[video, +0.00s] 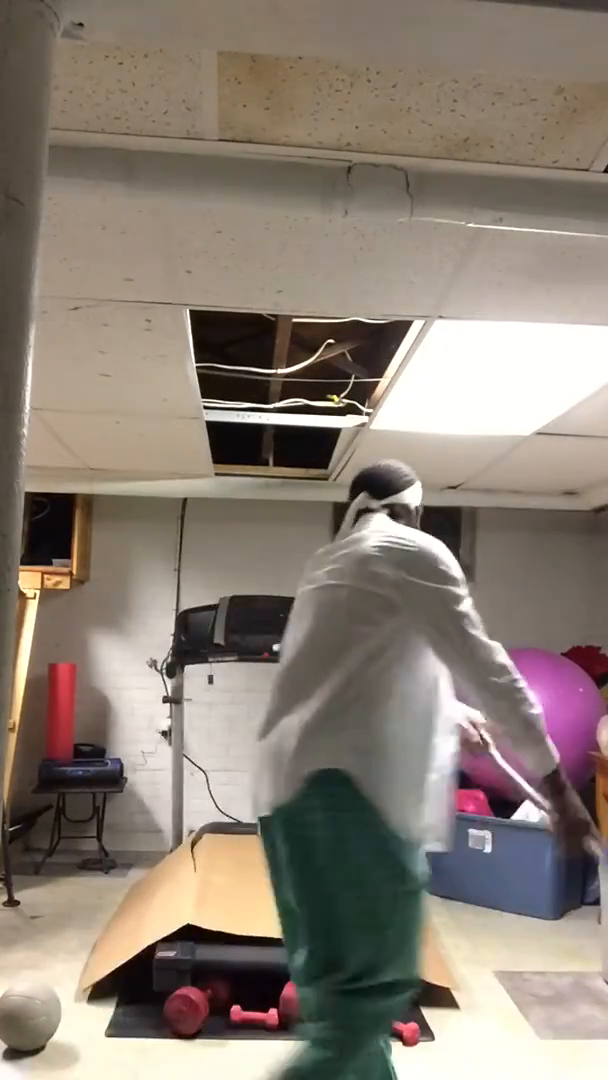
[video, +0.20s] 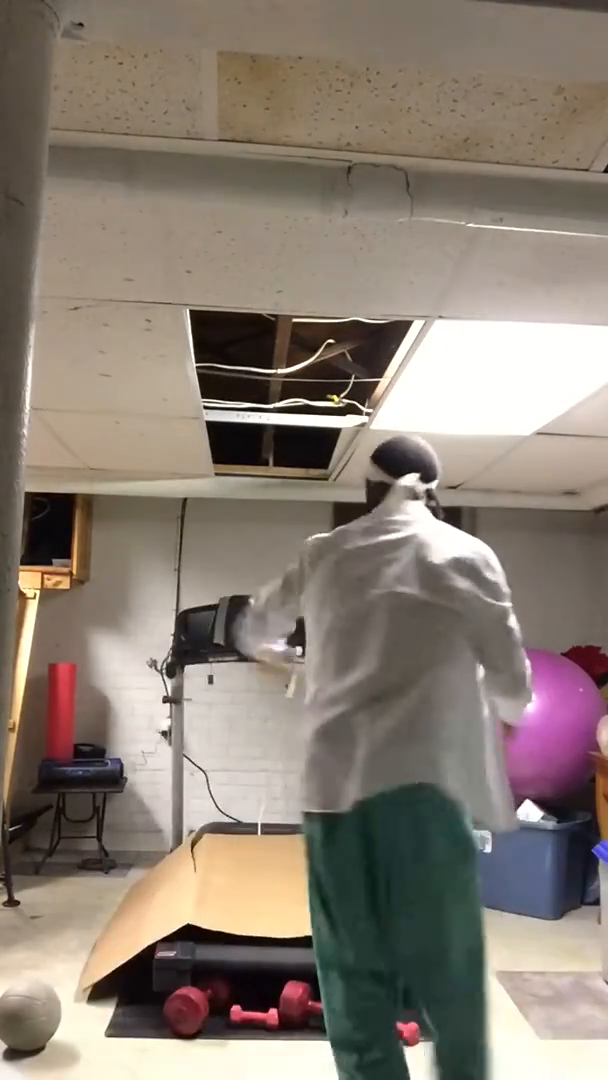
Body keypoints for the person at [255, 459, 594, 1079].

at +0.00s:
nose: (421, 521)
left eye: (419, 513)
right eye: (419, 512)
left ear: (355, 509)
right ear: (410, 509)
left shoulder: (327, 562)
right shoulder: (412, 551)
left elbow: (362, 675)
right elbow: (490, 673)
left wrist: (453, 717)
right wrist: (559, 792)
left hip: (287, 786)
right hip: (348, 781)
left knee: (332, 983)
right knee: (374, 987)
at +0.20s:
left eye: (373, 484)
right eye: (435, 487)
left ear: (372, 487)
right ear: (432, 490)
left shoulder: (323, 552)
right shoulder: (464, 553)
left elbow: (256, 625)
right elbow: (512, 680)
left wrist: (282, 654)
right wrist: (504, 707)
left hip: (330, 780)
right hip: (423, 775)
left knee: (350, 972)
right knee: (448, 965)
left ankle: (371, 1075)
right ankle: (462, 1070)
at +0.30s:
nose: (361, 494)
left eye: (366, 483)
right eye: (367, 483)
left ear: (376, 487)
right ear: (434, 491)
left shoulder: (327, 551)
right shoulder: (483, 560)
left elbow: (235, 589)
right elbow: (519, 682)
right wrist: (469, 697)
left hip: (351, 793)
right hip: (448, 787)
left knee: (358, 971)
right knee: (470, 958)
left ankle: (372, 1071)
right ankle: (494, 1068)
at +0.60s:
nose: (376, 491)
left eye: (388, 479)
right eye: (380, 478)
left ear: (426, 488)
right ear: (448, 494)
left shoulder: (397, 545)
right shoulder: (494, 568)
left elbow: (306, 560)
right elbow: (507, 670)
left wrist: (207, 568)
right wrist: (462, 710)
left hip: (400, 765)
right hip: (476, 766)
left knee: (390, 926)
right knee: (470, 921)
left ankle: (400, 1066)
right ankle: (459, 1060)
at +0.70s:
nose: (388, 489)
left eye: (402, 478)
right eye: (389, 477)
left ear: (438, 488)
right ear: (447, 496)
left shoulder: (421, 544)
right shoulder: (479, 563)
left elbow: (357, 567)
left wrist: (278, 578)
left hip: (415, 762)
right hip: (468, 762)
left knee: (409, 929)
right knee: (460, 922)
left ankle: (438, 1067)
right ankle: (459, 1061)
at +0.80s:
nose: (399, 490)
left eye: (413, 480)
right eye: (397, 480)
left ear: (449, 489)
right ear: (403, 487)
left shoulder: (440, 542)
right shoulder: (444, 547)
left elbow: (427, 582)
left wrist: (350, 596)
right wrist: (348, 617)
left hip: (425, 760)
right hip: (452, 758)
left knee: (421, 920)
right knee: (453, 916)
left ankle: (462, 1064)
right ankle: (454, 1048)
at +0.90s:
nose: (411, 491)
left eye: (425, 482)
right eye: (406, 482)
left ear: (454, 492)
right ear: (402, 490)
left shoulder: (458, 546)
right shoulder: (420, 551)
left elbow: (446, 600)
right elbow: (394, 642)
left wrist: (404, 610)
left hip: (445, 760)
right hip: (408, 761)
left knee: (444, 927)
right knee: (412, 920)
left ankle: (479, 1066)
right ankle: (460, 1050)